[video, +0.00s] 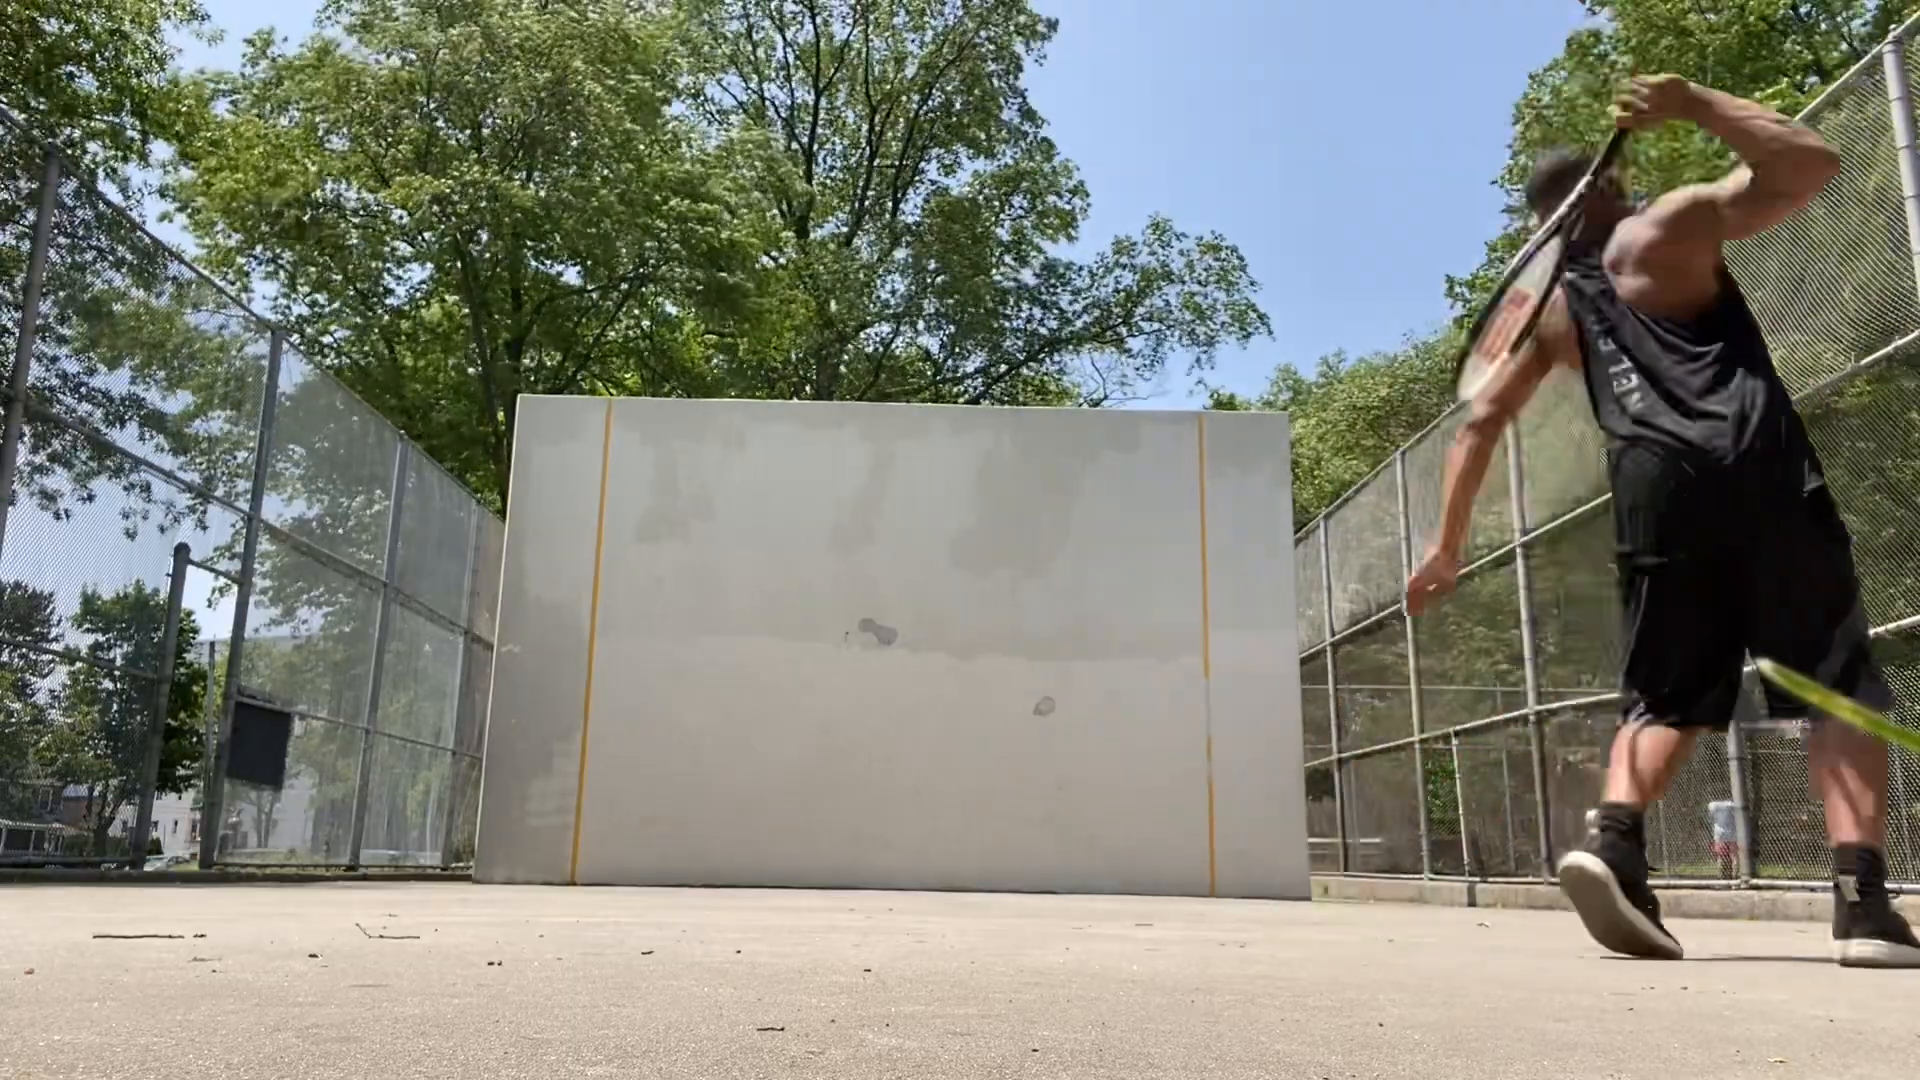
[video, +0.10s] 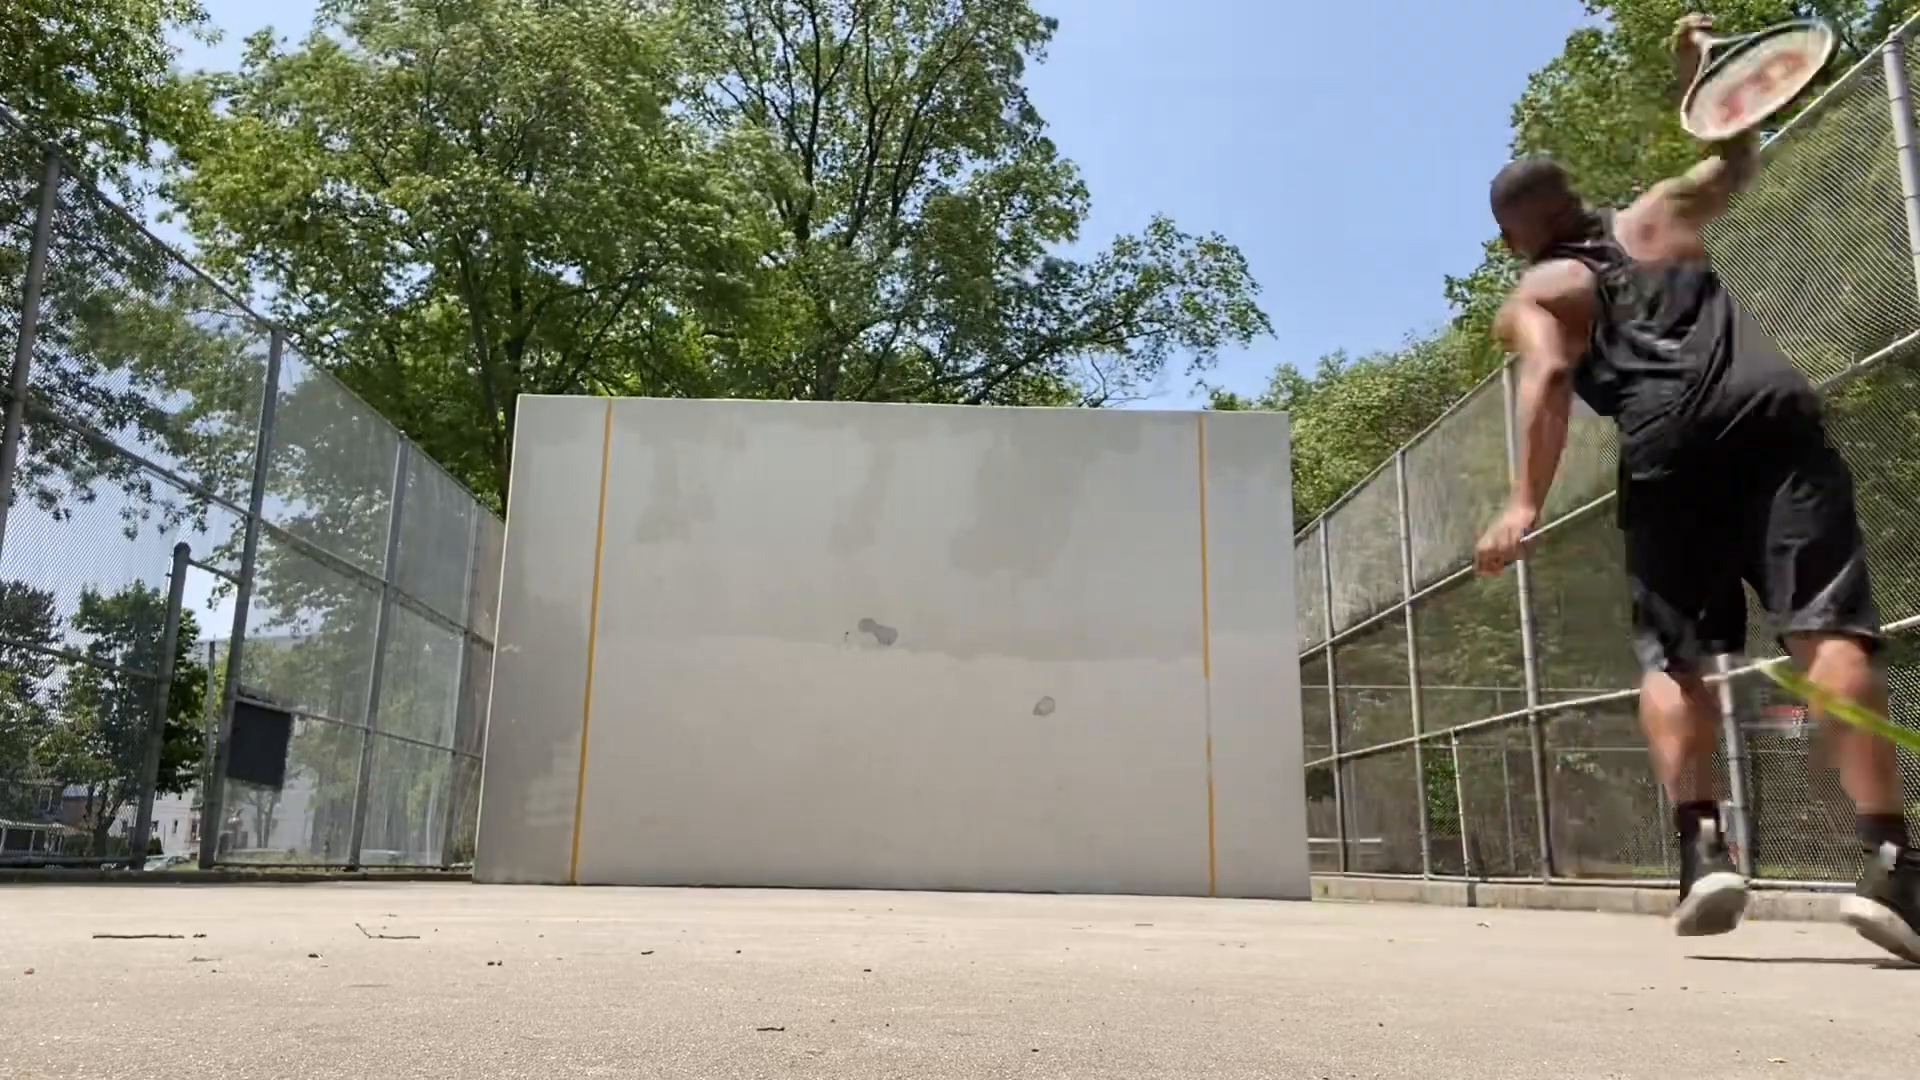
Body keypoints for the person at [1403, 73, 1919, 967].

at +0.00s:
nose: (1619, 182)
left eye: (1608, 176)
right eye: (1609, 177)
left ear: (1550, 220)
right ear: (1601, 189)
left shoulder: (1547, 307)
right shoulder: (1667, 224)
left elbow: (1481, 418)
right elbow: (1810, 163)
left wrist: (1446, 545)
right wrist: (1695, 102)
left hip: (1654, 504)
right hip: (1764, 477)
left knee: (1671, 686)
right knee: (1839, 678)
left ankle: (1613, 846)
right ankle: (1863, 903)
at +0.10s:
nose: (1507, 246)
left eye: (1505, 235)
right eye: (1510, 231)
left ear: (1515, 233)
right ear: (1579, 201)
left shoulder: (1532, 299)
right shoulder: (1657, 215)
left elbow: (1550, 380)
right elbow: (1736, 158)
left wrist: (1523, 504)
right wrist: (1700, 70)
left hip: (1667, 454)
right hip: (1771, 408)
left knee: (1674, 655)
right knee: (1832, 629)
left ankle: (1703, 849)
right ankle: (1890, 861)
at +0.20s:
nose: (1501, 231)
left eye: (1505, 216)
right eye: (1504, 215)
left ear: (1525, 218)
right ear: (1583, 216)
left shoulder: (1550, 276)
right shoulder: (1637, 261)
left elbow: (1634, 347)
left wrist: (1620, 476)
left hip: (1692, 454)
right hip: (1779, 414)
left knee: (1679, 667)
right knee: (1855, 599)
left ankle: (1714, 872)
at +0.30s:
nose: (1504, 255)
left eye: (1507, 242)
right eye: (1507, 242)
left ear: (1528, 243)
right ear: (1585, 241)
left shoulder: (1563, 298)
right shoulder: (1630, 288)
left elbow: (1664, 370)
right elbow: (1566, 402)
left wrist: (1630, 502)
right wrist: (1510, 464)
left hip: (1701, 480)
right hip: (1780, 447)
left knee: (1688, 696)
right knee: (1863, 621)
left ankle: (1746, 904)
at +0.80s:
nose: (1507, 318)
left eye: (1507, 305)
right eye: (1507, 306)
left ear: (1520, 294)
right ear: (1574, 287)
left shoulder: (1542, 327)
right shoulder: (1631, 328)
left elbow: (1575, 438)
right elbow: (1645, 442)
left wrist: (1560, 537)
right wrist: (1571, 521)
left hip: (1664, 495)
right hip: (1749, 492)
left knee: (1572, 690)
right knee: (1741, 694)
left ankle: (1670, 861)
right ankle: (1858, 897)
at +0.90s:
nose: (1501, 303)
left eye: (1501, 293)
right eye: (1503, 293)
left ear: (1512, 288)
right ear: (1579, 282)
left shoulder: (1510, 338)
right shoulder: (1646, 328)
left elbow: (1525, 459)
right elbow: (1709, 426)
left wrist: (1549, 531)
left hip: (1614, 511)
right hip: (1715, 510)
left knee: (1534, 692)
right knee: (1738, 710)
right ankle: (1854, 897)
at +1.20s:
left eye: (1483, 266)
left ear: (1481, 278)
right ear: (1554, 269)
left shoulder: (1443, 334)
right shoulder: (1600, 298)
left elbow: (1450, 460)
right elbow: (1683, 392)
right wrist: (1649, 409)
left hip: (1497, 521)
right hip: (1606, 514)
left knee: (1475, 704)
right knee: (1666, 696)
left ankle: (1467, 894)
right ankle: (1727, 885)